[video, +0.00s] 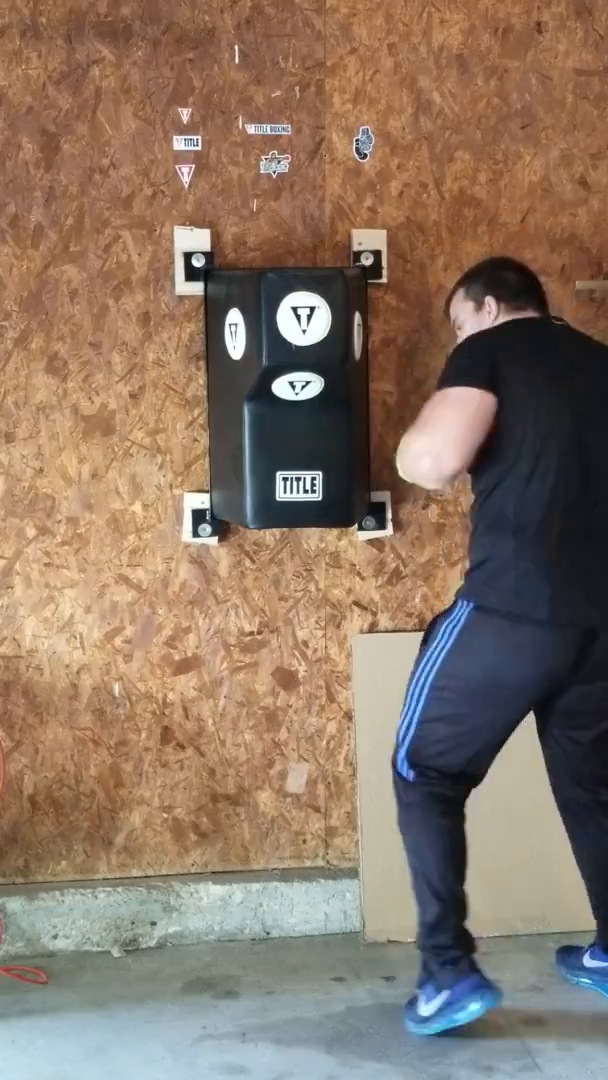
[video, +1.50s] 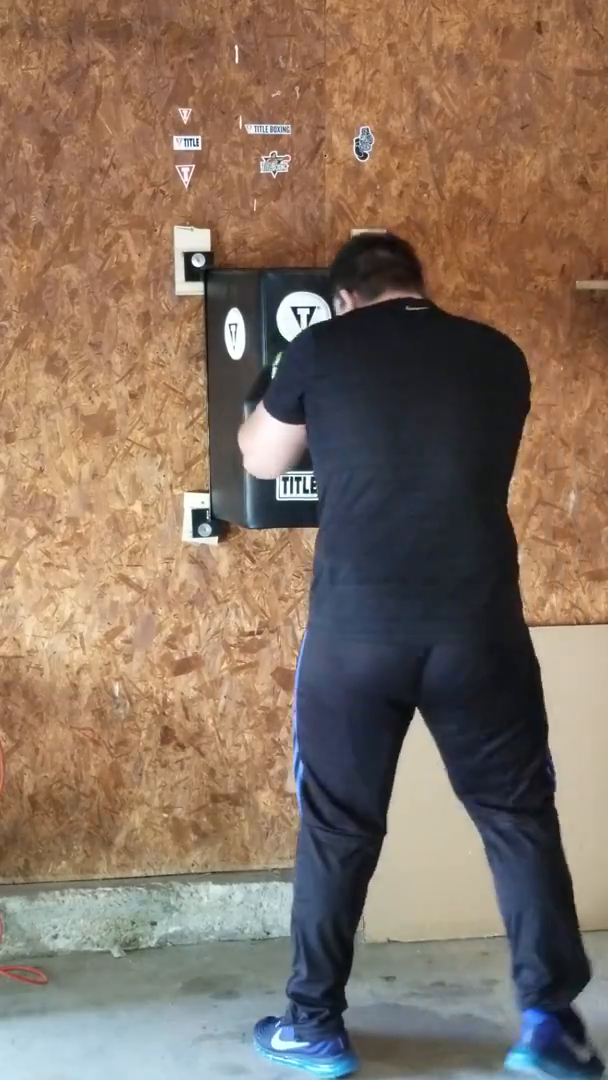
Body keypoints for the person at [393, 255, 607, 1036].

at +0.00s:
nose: (459, 337)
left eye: (460, 323)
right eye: (457, 326)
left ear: (487, 305)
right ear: (536, 305)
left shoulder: (489, 350)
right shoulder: (599, 359)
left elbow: (428, 463)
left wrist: (448, 431)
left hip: (516, 608)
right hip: (600, 616)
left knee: (426, 775)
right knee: (593, 791)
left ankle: (447, 970)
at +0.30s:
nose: (429, 348)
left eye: (435, 339)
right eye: (433, 340)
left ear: (459, 332)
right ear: (514, 333)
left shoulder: (452, 361)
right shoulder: (584, 403)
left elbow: (336, 419)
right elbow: (596, 508)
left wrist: (391, 378)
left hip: (478, 617)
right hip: (574, 625)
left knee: (398, 799)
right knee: (544, 776)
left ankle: (392, 1004)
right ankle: (604, 946)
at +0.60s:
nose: (409, 330)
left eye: (414, 314)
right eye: (406, 320)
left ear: (454, 300)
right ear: (454, 308)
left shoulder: (548, 356)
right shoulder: (433, 410)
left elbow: (532, 423)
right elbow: (365, 501)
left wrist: (441, 366)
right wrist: (314, 443)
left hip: (493, 612)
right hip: (444, 613)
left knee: (400, 796)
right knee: (442, 786)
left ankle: (395, 1005)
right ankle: (542, 951)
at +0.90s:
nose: (396, 330)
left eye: (396, 309)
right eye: (390, 314)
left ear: (433, 291)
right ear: (444, 291)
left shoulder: (515, 348)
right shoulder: (478, 365)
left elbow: (508, 467)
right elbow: (437, 490)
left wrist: (405, 425)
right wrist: (387, 427)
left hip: (482, 597)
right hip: (509, 599)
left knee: (389, 771)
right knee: (499, 767)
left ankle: (377, 986)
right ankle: (557, 951)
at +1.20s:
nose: (353, 340)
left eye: (351, 329)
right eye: (348, 330)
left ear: (372, 312)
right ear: (438, 298)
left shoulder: (376, 364)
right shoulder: (526, 366)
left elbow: (283, 449)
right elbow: (468, 447)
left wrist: (288, 380)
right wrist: (358, 378)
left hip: (424, 630)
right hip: (526, 625)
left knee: (356, 814)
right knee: (510, 773)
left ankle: (321, 1017)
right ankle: (561, 951)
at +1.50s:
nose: (333, 309)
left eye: (331, 300)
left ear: (347, 297)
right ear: (424, 285)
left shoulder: (323, 350)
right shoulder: (502, 354)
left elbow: (261, 455)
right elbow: (473, 451)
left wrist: (321, 390)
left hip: (359, 631)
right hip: (478, 630)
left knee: (336, 825)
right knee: (518, 814)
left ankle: (314, 1023)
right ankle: (549, 1017)